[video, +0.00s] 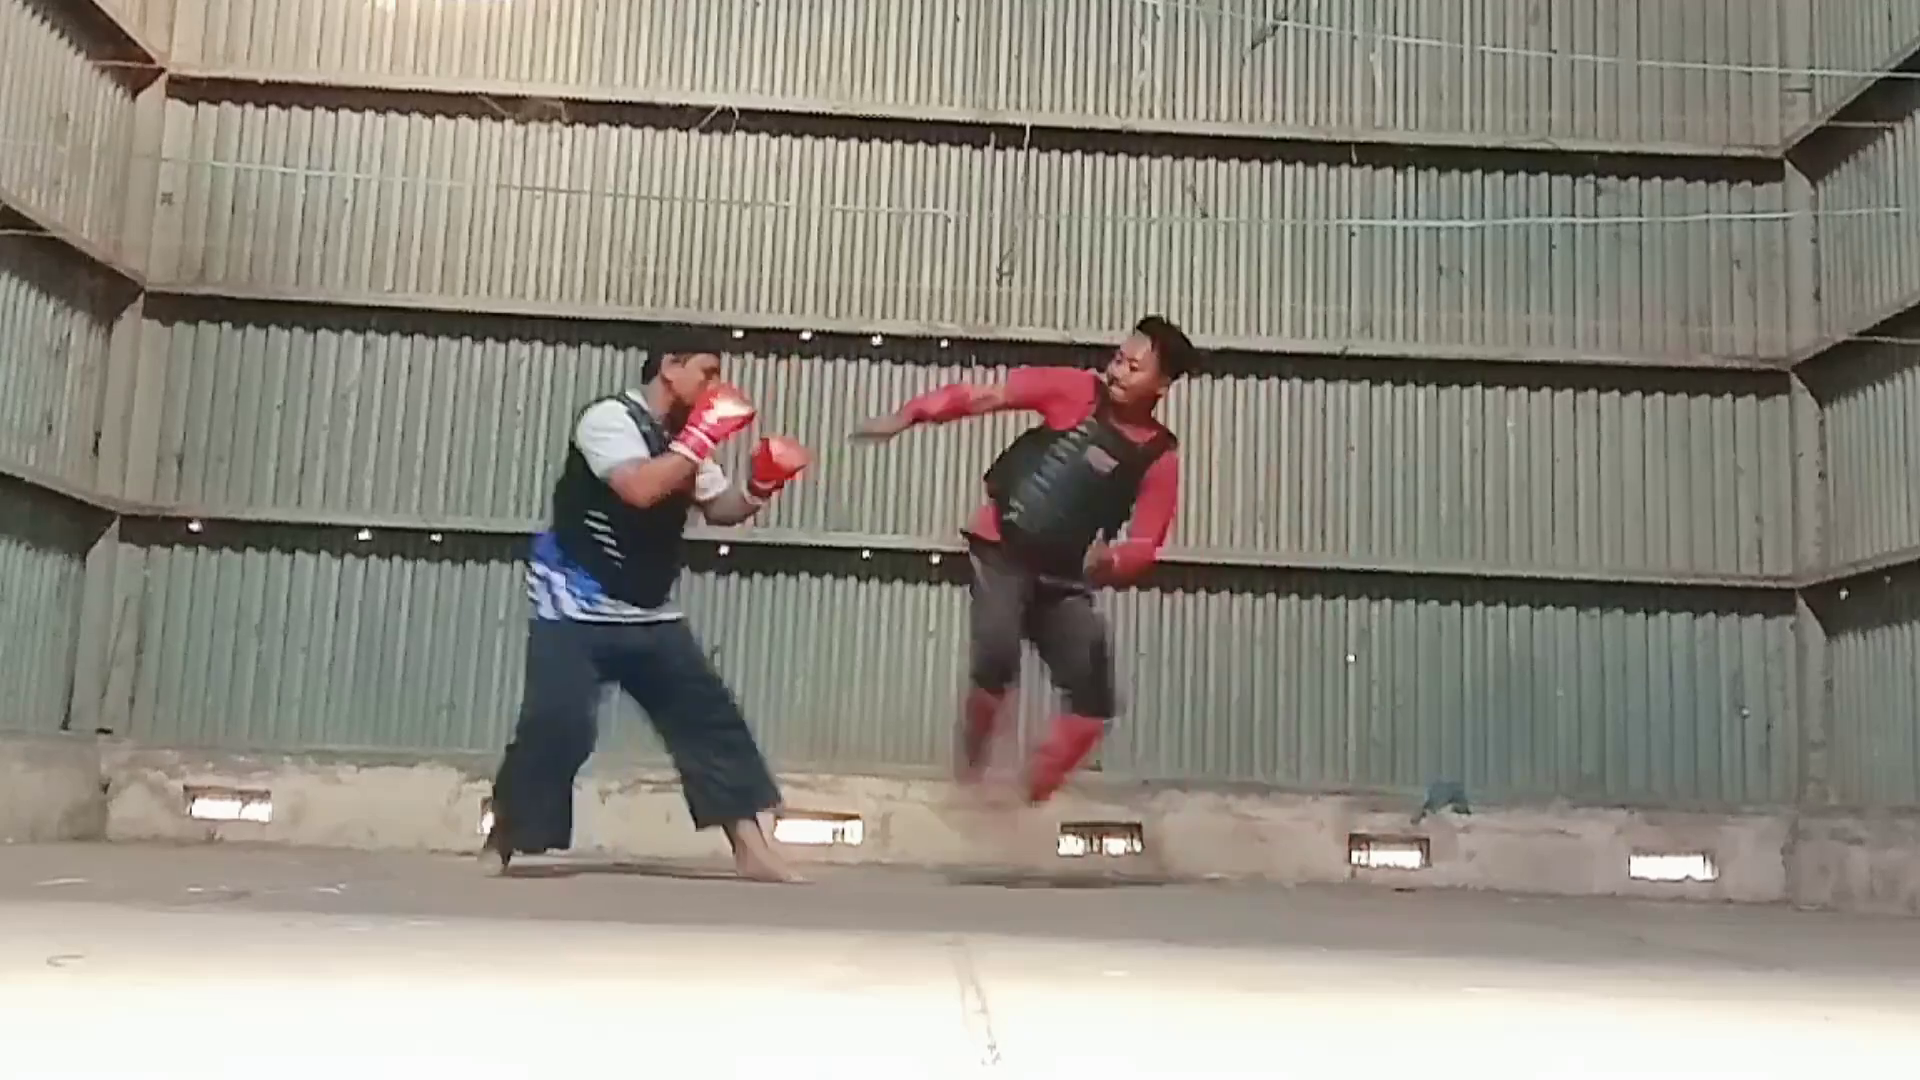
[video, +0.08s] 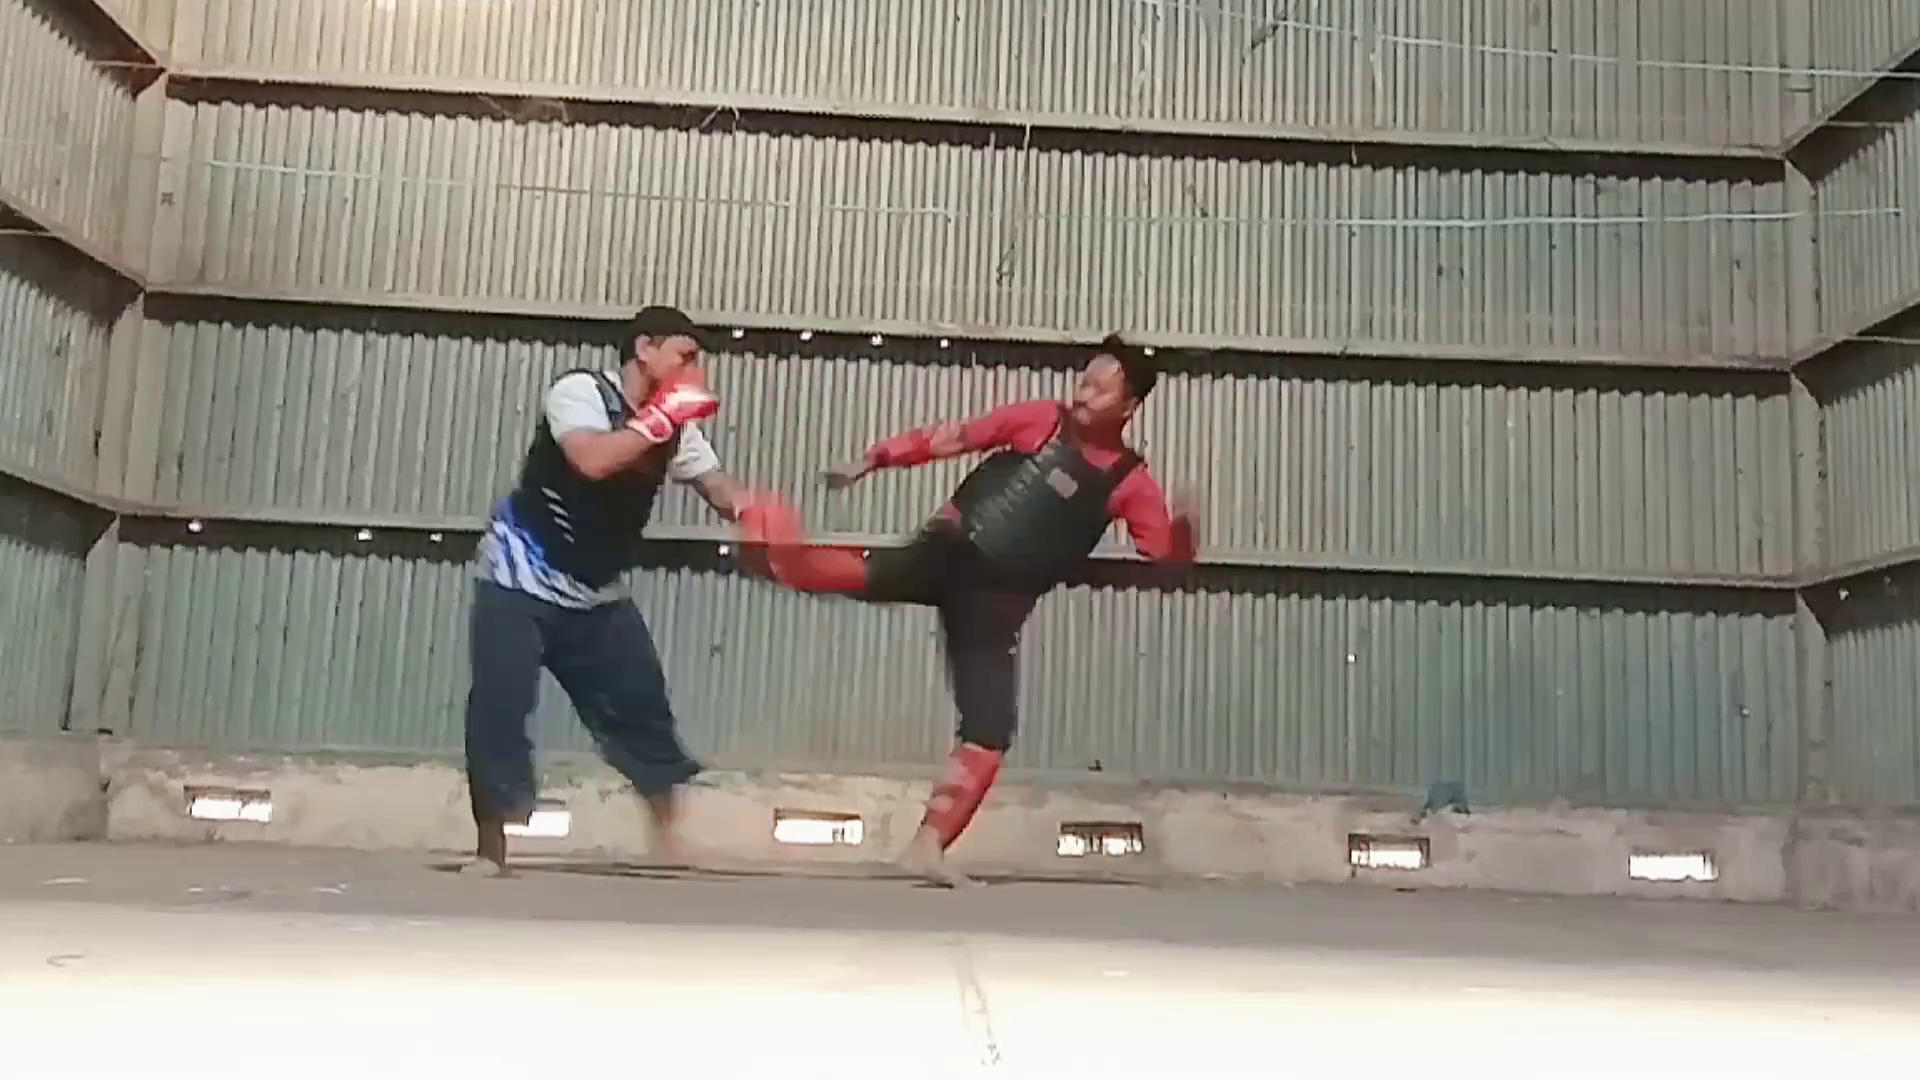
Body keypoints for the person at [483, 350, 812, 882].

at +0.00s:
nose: (715, 386)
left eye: (717, 376)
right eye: (707, 373)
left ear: (685, 372)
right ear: (669, 368)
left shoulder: (686, 442)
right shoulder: (605, 419)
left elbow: (719, 509)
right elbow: (639, 487)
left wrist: (759, 486)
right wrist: (702, 435)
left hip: (648, 615)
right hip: (572, 610)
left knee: (706, 713)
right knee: (559, 724)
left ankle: (753, 849)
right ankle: (509, 838)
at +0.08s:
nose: (692, 370)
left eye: (696, 361)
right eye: (684, 357)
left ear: (659, 356)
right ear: (644, 350)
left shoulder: (677, 427)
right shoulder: (578, 391)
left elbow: (718, 488)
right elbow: (591, 459)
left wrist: (755, 508)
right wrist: (664, 418)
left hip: (595, 593)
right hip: (519, 575)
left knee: (638, 702)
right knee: (502, 698)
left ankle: (668, 836)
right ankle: (500, 843)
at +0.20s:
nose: (649, 364)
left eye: (655, 354)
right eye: (642, 350)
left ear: (654, 359)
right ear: (603, 341)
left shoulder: (644, 412)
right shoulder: (534, 386)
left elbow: (665, 484)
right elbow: (536, 453)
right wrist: (615, 417)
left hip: (561, 569)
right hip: (481, 558)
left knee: (594, 681)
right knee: (458, 669)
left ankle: (588, 835)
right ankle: (439, 820)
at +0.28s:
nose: (599, 386)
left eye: (602, 375)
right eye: (590, 373)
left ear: (600, 373)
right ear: (550, 363)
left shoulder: (595, 418)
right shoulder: (481, 405)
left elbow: (633, 488)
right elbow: (462, 477)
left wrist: (639, 564)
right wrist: (542, 437)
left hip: (526, 592)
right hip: (445, 582)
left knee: (574, 686)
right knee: (392, 688)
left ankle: (571, 841)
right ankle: (309, 827)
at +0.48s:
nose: (555, 414)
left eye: (557, 403)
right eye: (547, 401)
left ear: (515, 396)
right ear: (507, 393)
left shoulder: (544, 443)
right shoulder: (429, 448)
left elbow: (577, 483)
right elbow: (417, 535)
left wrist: (616, 508)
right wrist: (494, 503)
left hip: (512, 621)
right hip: (424, 620)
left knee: (574, 700)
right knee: (386, 718)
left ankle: (585, 843)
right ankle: (310, 832)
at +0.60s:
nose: (573, 406)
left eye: (577, 396)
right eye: (567, 393)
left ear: (546, 386)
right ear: (530, 380)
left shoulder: (557, 445)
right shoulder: (456, 435)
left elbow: (587, 496)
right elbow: (466, 516)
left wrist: (619, 475)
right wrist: (540, 476)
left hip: (530, 623)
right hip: (441, 623)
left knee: (591, 708)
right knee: (395, 721)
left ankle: (627, 849)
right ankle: (312, 836)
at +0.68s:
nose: (616, 395)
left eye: (620, 385)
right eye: (612, 382)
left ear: (584, 376)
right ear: (575, 373)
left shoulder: (597, 435)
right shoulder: (501, 422)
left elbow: (630, 503)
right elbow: (529, 493)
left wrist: (666, 459)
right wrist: (595, 442)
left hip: (560, 618)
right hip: (475, 616)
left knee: (621, 704)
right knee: (412, 724)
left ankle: (637, 847)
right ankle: (321, 834)